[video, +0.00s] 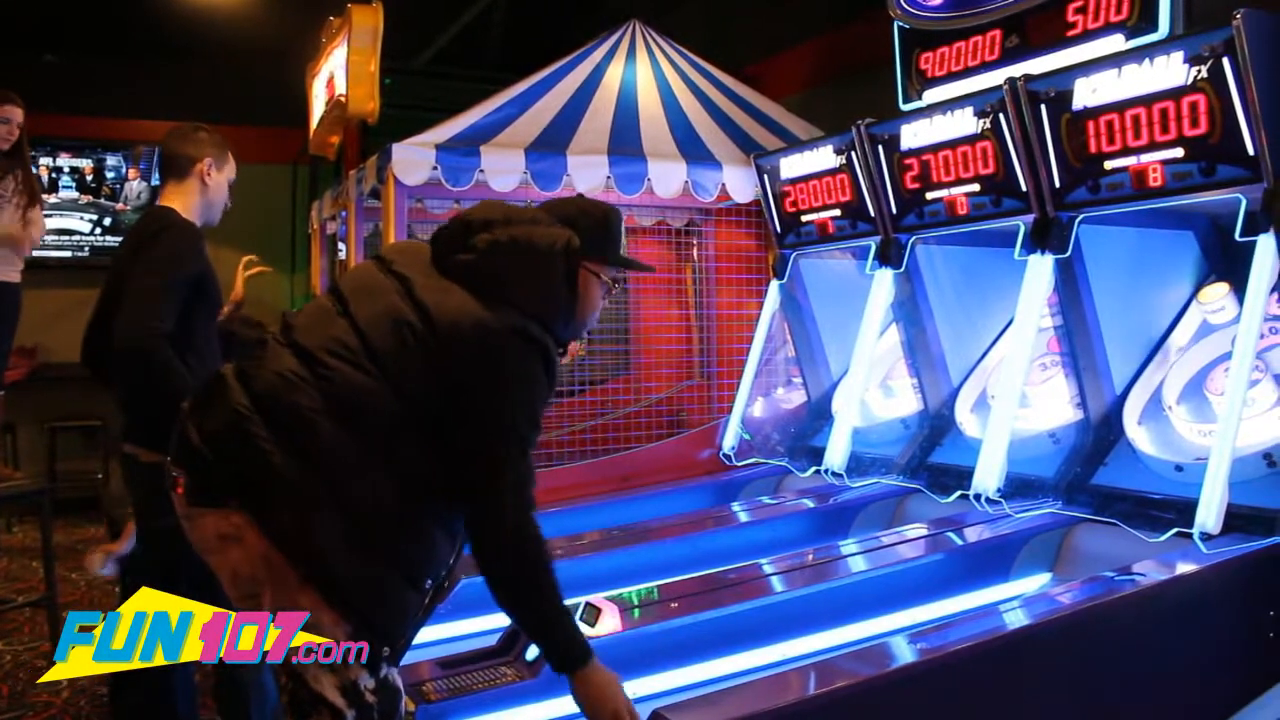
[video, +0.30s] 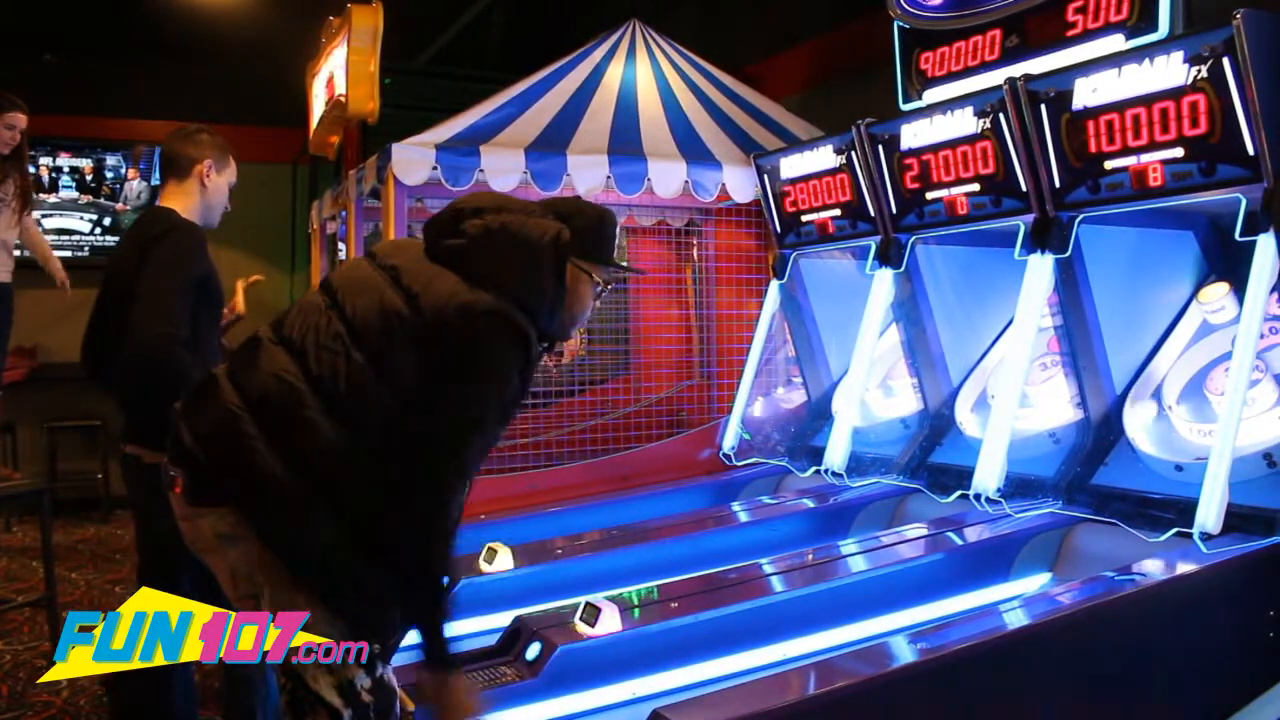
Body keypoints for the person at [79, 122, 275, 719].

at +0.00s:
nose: (229, 196)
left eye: (231, 184)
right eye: (229, 182)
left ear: (180, 170)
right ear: (206, 172)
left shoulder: (148, 233)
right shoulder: (176, 239)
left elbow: (98, 349)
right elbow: (147, 344)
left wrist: (224, 315)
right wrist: (200, 414)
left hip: (147, 453)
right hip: (173, 460)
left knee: (158, 596)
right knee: (211, 603)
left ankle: (151, 704)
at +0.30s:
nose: (229, 200)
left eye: (231, 188)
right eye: (229, 186)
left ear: (180, 172)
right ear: (206, 174)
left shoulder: (142, 234)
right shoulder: (180, 240)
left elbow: (98, 350)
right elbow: (165, 349)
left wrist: (217, 324)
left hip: (143, 453)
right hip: (175, 459)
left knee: (165, 593)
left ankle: (157, 702)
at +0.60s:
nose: (233, 196)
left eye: (234, 182)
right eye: (231, 181)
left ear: (185, 173)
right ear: (203, 173)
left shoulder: (146, 233)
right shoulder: (186, 239)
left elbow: (89, 351)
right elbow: (153, 344)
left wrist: (133, 431)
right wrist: (183, 444)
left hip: (148, 449)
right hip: (178, 452)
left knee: (165, 586)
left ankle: (164, 702)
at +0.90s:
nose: (236, 188)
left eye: (235, 175)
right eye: (231, 174)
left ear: (187, 174)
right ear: (201, 173)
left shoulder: (148, 238)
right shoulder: (180, 242)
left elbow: (89, 352)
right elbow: (129, 346)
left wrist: (108, 451)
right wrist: (143, 452)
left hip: (160, 458)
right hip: (180, 458)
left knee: (171, 609)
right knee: (193, 611)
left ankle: (166, 706)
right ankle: (178, 706)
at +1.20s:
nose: (224, 188)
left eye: (223, 174)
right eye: (219, 174)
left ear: (174, 175)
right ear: (188, 172)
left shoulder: (142, 239)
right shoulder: (169, 243)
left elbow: (92, 358)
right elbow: (142, 357)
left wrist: (142, 443)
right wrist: (185, 450)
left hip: (150, 457)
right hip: (174, 461)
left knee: (164, 605)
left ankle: (158, 704)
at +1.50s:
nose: (212, 189)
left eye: (210, 175)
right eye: (208, 175)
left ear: (160, 176)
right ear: (180, 174)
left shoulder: (125, 242)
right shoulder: (165, 244)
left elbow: (66, 355)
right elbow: (137, 357)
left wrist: (122, 439)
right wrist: (169, 452)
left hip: (132, 463)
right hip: (165, 464)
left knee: (148, 615)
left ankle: (146, 707)